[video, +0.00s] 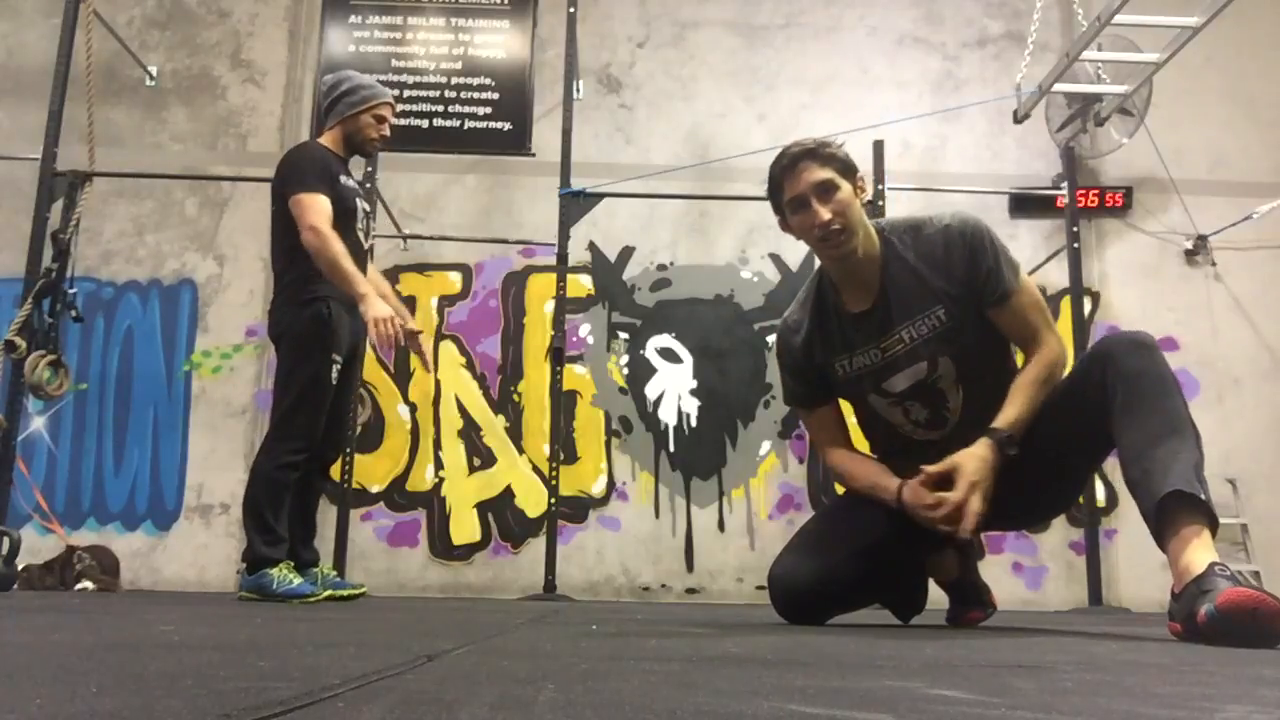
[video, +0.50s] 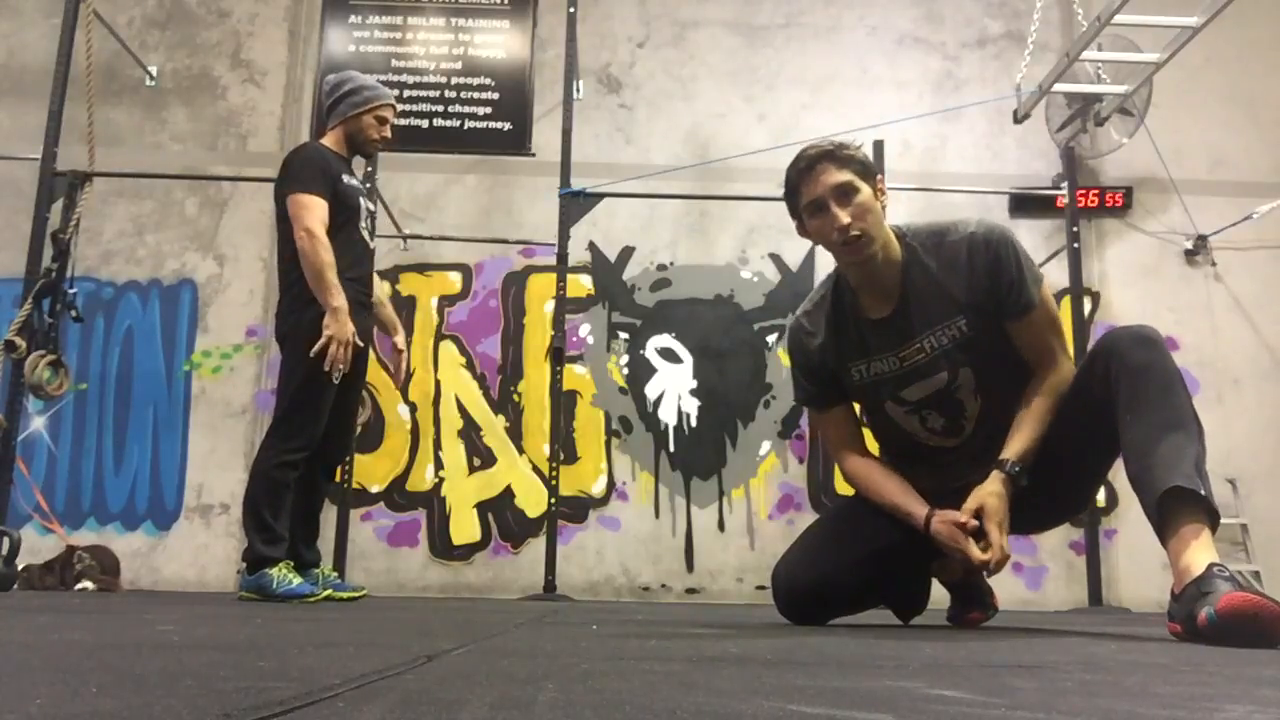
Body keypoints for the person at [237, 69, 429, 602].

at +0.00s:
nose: (386, 131)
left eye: (389, 122)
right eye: (378, 119)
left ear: (360, 120)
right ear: (344, 115)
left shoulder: (344, 176)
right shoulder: (307, 159)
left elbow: (359, 260)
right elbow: (315, 234)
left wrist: (397, 308)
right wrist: (365, 295)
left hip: (342, 319)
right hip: (311, 316)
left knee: (320, 445)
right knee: (291, 440)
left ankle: (301, 564)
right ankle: (263, 566)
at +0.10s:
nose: (388, 130)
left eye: (391, 121)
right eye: (380, 118)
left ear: (361, 123)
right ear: (348, 115)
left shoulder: (343, 175)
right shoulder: (310, 160)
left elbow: (347, 263)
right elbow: (300, 239)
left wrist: (372, 328)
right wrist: (349, 307)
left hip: (336, 327)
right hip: (309, 325)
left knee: (322, 445)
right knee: (293, 439)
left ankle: (302, 563)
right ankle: (263, 566)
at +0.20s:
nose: (388, 129)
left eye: (391, 121)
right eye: (381, 118)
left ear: (362, 123)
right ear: (349, 115)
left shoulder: (348, 174)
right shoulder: (310, 159)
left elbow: (346, 260)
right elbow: (295, 240)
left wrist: (357, 328)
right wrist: (332, 315)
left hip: (345, 328)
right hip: (312, 325)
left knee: (322, 451)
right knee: (293, 442)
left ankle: (302, 563)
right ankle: (262, 566)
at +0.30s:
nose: (388, 130)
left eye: (391, 121)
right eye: (380, 119)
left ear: (366, 123)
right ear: (348, 116)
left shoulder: (350, 174)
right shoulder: (310, 159)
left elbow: (350, 255)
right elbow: (300, 237)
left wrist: (369, 312)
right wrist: (334, 309)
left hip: (344, 327)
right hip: (313, 323)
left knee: (322, 451)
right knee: (293, 442)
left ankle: (302, 563)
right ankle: (262, 566)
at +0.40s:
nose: (387, 129)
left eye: (390, 121)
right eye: (379, 118)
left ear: (369, 123)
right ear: (347, 116)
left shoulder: (351, 175)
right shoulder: (310, 160)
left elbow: (354, 262)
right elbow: (306, 237)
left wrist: (381, 320)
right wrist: (335, 311)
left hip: (345, 328)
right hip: (314, 324)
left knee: (323, 451)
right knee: (292, 442)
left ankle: (302, 563)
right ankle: (262, 565)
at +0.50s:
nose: (387, 130)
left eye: (389, 121)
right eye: (379, 119)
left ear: (367, 123)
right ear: (347, 115)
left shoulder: (349, 176)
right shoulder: (309, 160)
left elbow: (358, 263)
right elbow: (308, 236)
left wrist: (392, 323)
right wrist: (336, 310)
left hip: (347, 325)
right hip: (314, 321)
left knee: (324, 448)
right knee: (293, 440)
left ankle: (303, 563)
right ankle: (263, 566)